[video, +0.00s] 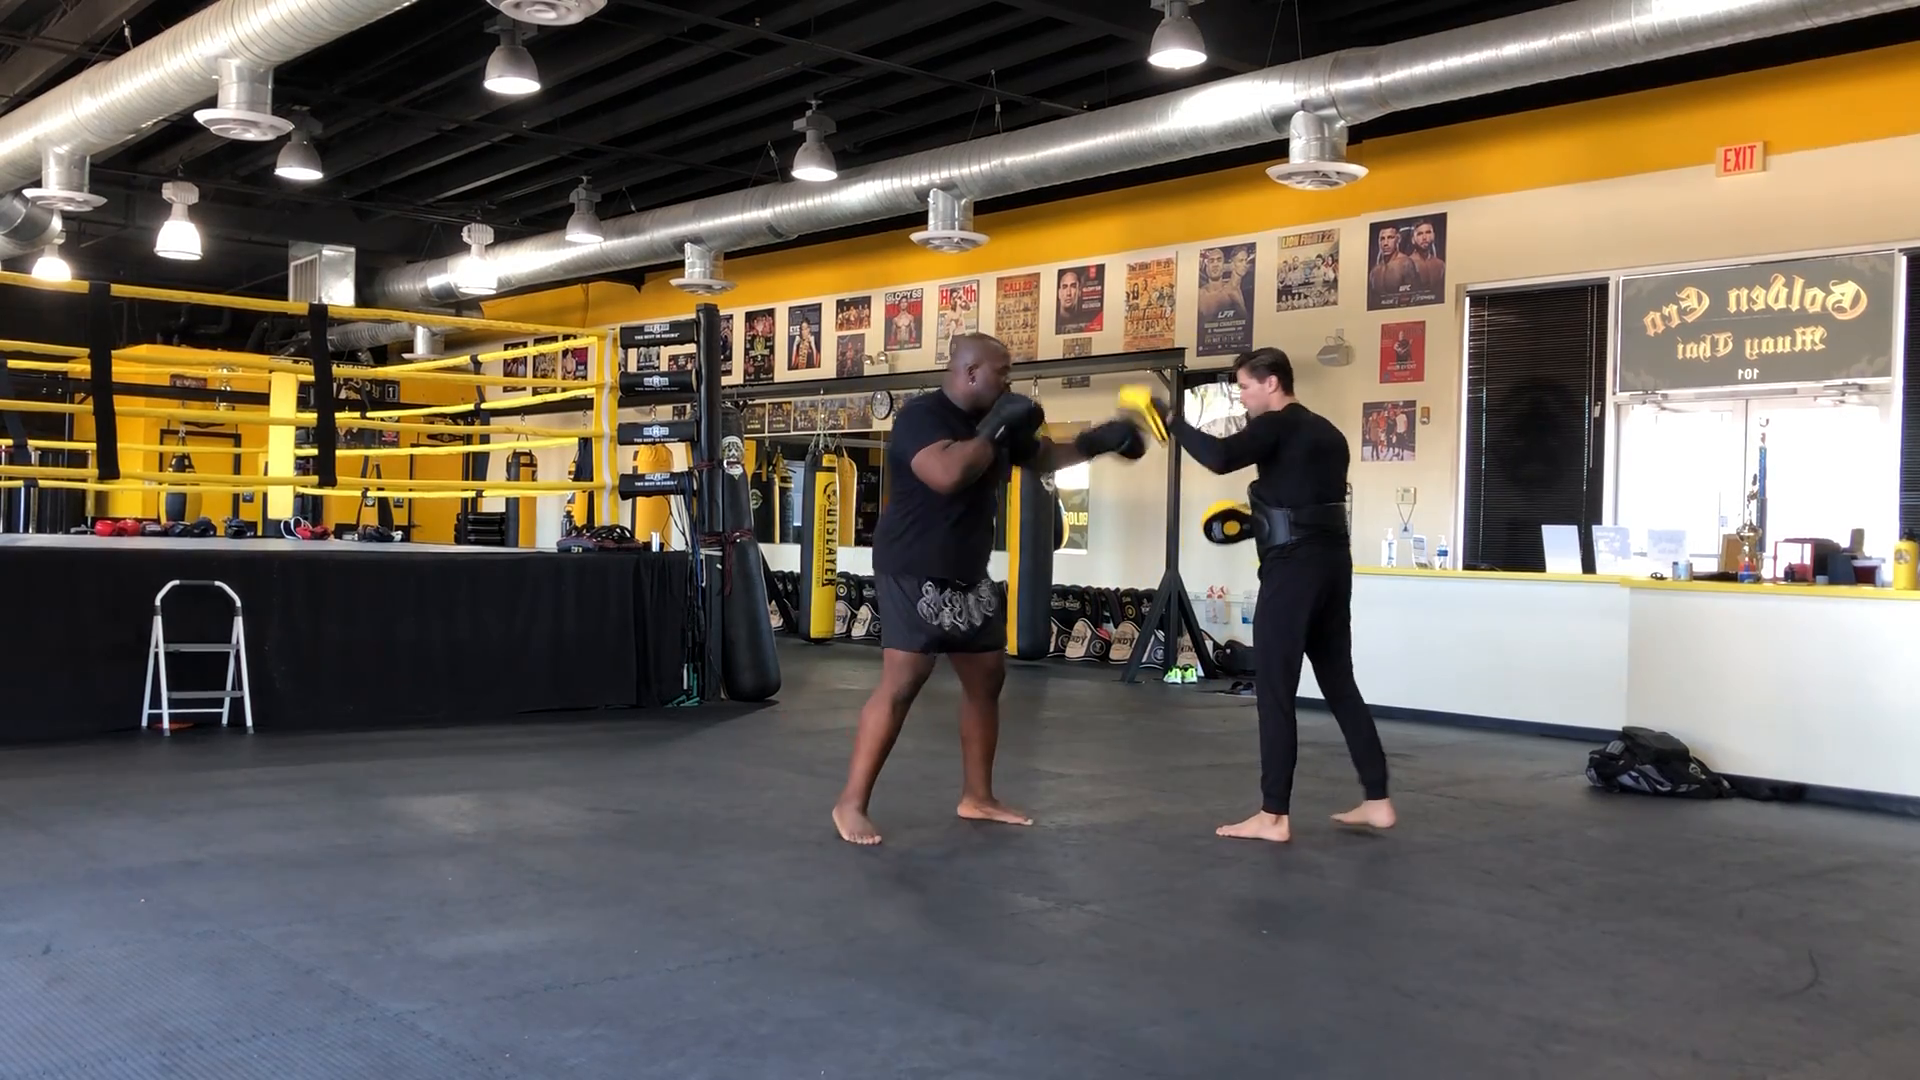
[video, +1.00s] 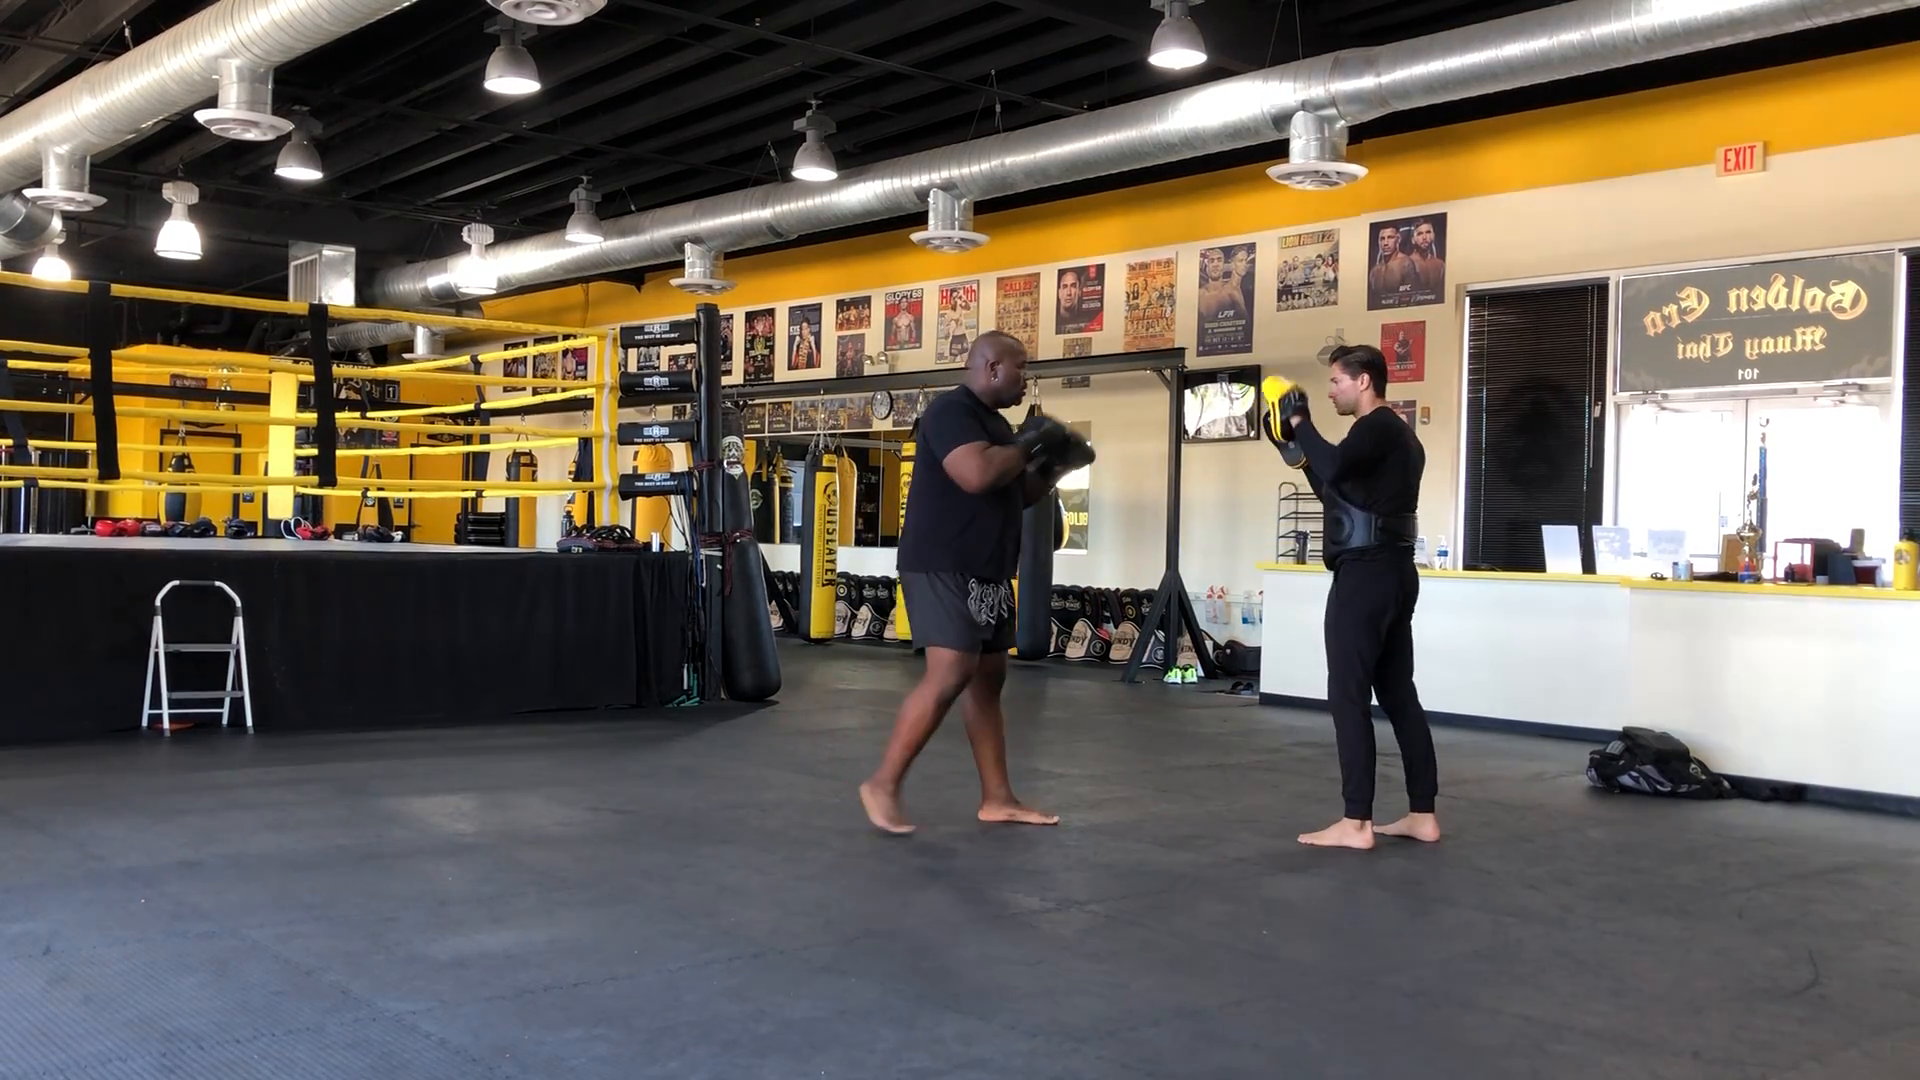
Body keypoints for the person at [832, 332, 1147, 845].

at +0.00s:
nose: (1006, 384)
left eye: (1007, 375)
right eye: (1001, 374)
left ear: (975, 372)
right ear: (968, 372)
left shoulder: (993, 419)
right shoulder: (919, 415)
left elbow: (1042, 456)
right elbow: (945, 473)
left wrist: (1095, 442)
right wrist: (995, 431)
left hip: (968, 574)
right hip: (911, 571)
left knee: (985, 677)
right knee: (902, 678)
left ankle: (978, 796)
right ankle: (850, 805)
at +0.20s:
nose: (1012, 378)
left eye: (1013, 369)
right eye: (1006, 368)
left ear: (979, 367)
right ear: (976, 367)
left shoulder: (987, 429)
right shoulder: (924, 411)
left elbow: (980, 500)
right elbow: (929, 483)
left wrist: (1026, 498)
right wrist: (994, 456)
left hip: (977, 573)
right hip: (920, 571)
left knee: (977, 680)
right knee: (906, 682)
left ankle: (977, 797)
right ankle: (853, 800)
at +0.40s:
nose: (990, 387)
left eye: (991, 378)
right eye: (985, 376)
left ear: (955, 371)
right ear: (956, 372)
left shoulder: (952, 428)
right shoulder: (916, 420)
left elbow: (963, 495)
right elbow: (957, 498)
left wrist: (996, 510)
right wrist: (992, 459)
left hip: (956, 578)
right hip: (909, 578)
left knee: (991, 671)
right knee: (896, 684)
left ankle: (979, 791)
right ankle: (848, 808)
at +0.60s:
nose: (993, 379)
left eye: (992, 370)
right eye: (988, 369)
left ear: (958, 365)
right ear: (958, 365)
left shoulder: (957, 424)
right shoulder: (920, 412)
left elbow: (985, 484)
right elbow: (955, 491)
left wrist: (1002, 463)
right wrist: (994, 456)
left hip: (956, 573)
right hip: (908, 573)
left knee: (972, 678)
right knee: (888, 684)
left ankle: (993, 793)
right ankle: (847, 807)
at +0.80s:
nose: (1012, 384)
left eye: (1011, 373)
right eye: (1006, 373)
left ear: (977, 369)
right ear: (977, 369)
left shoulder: (978, 428)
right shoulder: (935, 416)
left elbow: (985, 485)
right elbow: (955, 491)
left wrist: (1020, 475)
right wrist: (1008, 467)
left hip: (973, 578)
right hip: (923, 579)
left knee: (979, 684)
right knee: (902, 686)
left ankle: (997, 798)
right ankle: (849, 805)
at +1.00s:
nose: (1025, 380)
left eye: (1025, 371)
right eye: (1020, 370)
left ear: (993, 368)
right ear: (990, 366)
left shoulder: (999, 428)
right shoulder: (948, 409)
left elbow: (1021, 495)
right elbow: (976, 475)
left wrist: (1053, 466)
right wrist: (1026, 443)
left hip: (987, 570)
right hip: (939, 565)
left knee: (987, 676)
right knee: (950, 669)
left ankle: (997, 798)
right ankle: (881, 785)